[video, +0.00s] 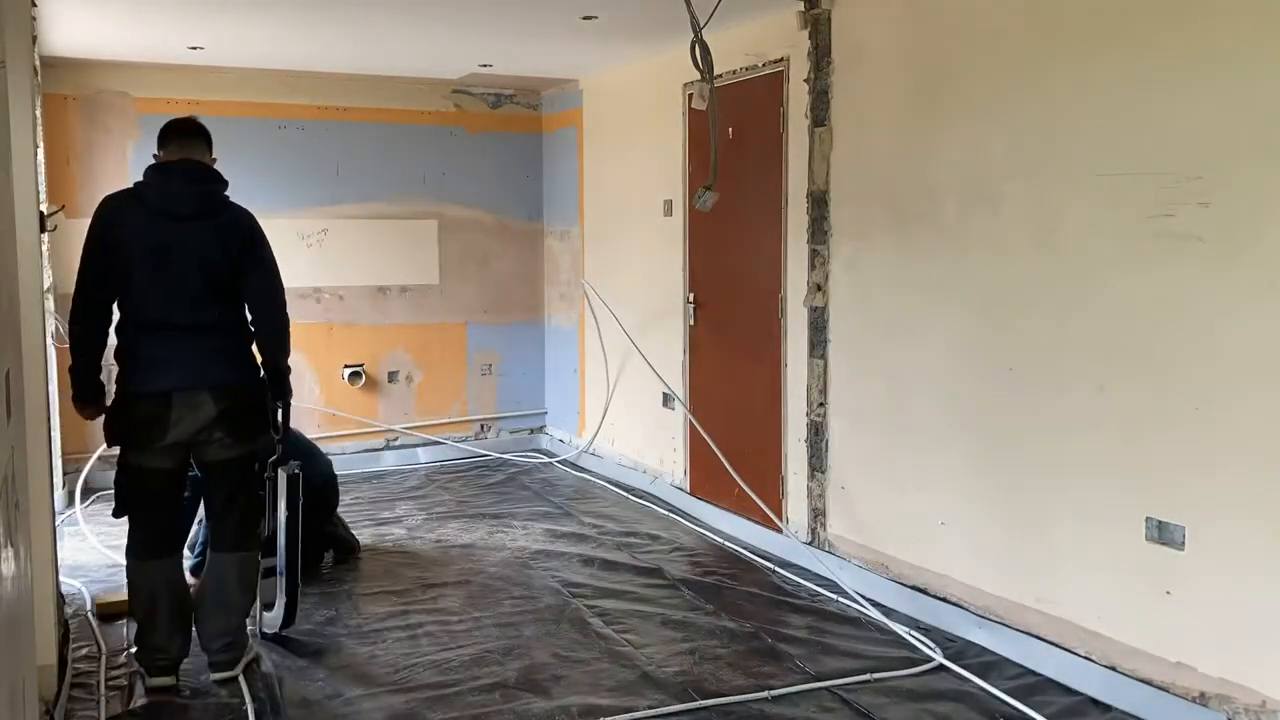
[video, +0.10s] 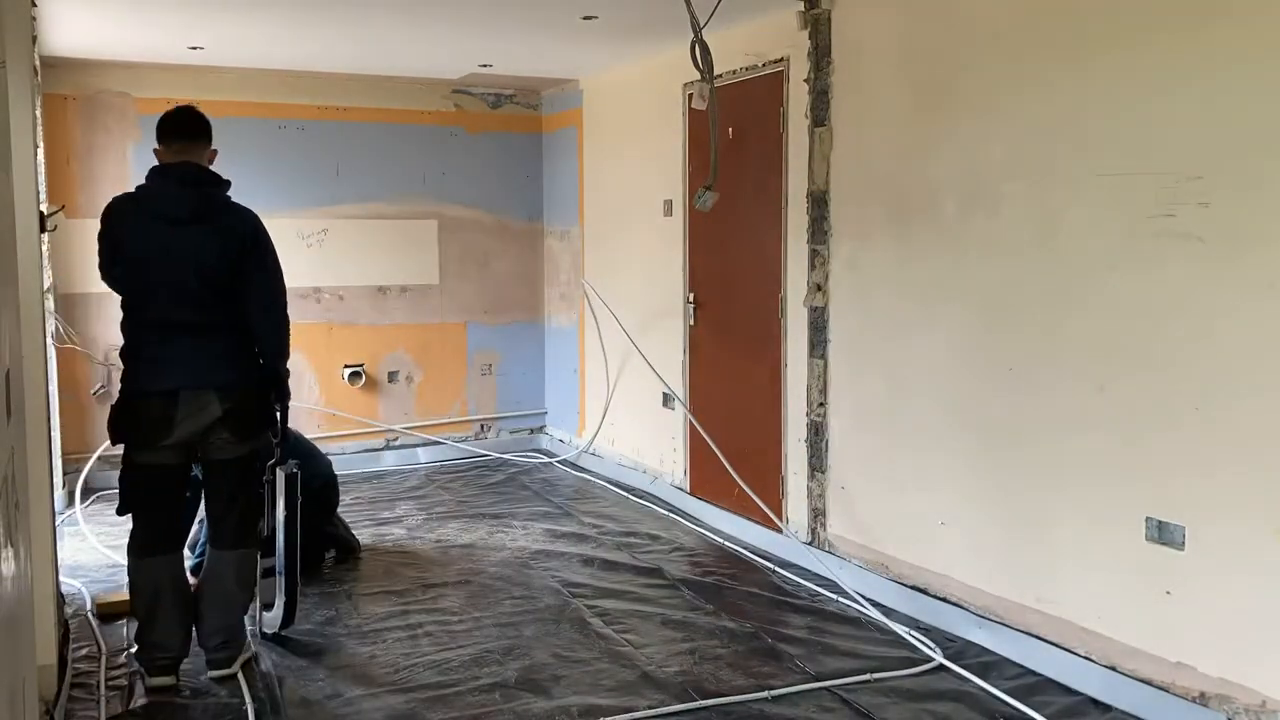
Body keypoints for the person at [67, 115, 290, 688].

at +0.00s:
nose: (202, 167)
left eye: (180, 156)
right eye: (206, 158)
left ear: (156, 158)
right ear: (211, 161)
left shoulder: (116, 213)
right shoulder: (237, 222)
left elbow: (89, 308)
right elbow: (270, 310)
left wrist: (87, 382)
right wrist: (278, 378)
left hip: (147, 395)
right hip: (226, 392)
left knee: (152, 528)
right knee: (234, 519)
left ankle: (159, 663)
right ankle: (225, 652)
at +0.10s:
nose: (202, 160)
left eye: (177, 150)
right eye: (209, 153)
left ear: (157, 153)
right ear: (212, 155)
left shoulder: (123, 215)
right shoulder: (241, 222)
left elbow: (115, 275)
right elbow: (270, 313)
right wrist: (276, 383)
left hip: (153, 396)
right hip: (232, 394)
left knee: (155, 529)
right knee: (233, 525)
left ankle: (159, 661)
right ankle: (224, 649)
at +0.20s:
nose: (177, 165)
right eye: (183, 157)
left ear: (130, 160)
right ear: (185, 157)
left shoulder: (95, 226)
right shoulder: (219, 219)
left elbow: (87, 329)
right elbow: (257, 311)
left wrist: (99, 410)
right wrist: (270, 381)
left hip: (136, 402)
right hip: (216, 396)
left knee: (144, 528)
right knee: (230, 510)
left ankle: (158, 663)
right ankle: (220, 635)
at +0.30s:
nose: (170, 172)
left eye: (158, 164)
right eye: (183, 163)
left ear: (148, 167)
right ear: (201, 168)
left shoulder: (116, 216)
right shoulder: (230, 227)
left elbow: (72, 299)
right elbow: (255, 314)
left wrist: (62, 372)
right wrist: (230, 372)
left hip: (139, 391)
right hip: (216, 391)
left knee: (148, 510)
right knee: (219, 509)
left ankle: (163, 634)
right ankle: (211, 645)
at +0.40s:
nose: (195, 173)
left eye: (181, 163)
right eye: (205, 165)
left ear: (162, 165)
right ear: (213, 169)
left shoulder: (124, 216)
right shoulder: (237, 227)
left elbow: (62, 292)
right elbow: (263, 303)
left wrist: (62, 364)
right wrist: (257, 370)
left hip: (147, 393)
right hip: (224, 392)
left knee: (152, 514)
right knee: (223, 518)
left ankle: (166, 635)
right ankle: (210, 648)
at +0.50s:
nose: (185, 173)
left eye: (171, 164)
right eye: (196, 164)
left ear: (154, 168)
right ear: (206, 169)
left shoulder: (120, 217)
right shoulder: (232, 228)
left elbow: (61, 295)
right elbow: (262, 312)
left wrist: (66, 371)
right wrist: (240, 380)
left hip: (142, 394)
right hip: (218, 394)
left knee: (150, 515)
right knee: (220, 518)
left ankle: (166, 635)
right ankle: (210, 651)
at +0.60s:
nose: (193, 177)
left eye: (182, 168)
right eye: (201, 169)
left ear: (170, 170)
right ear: (216, 171)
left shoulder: (137, 215)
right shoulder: (237, 225)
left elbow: (97, 287)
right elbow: (267, 301)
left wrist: (87, 356)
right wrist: (250, 357)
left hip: (153, 375)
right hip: (220, 374)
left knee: (155, 485)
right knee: (223, 483)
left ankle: (163, 605)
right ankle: (212, 600)